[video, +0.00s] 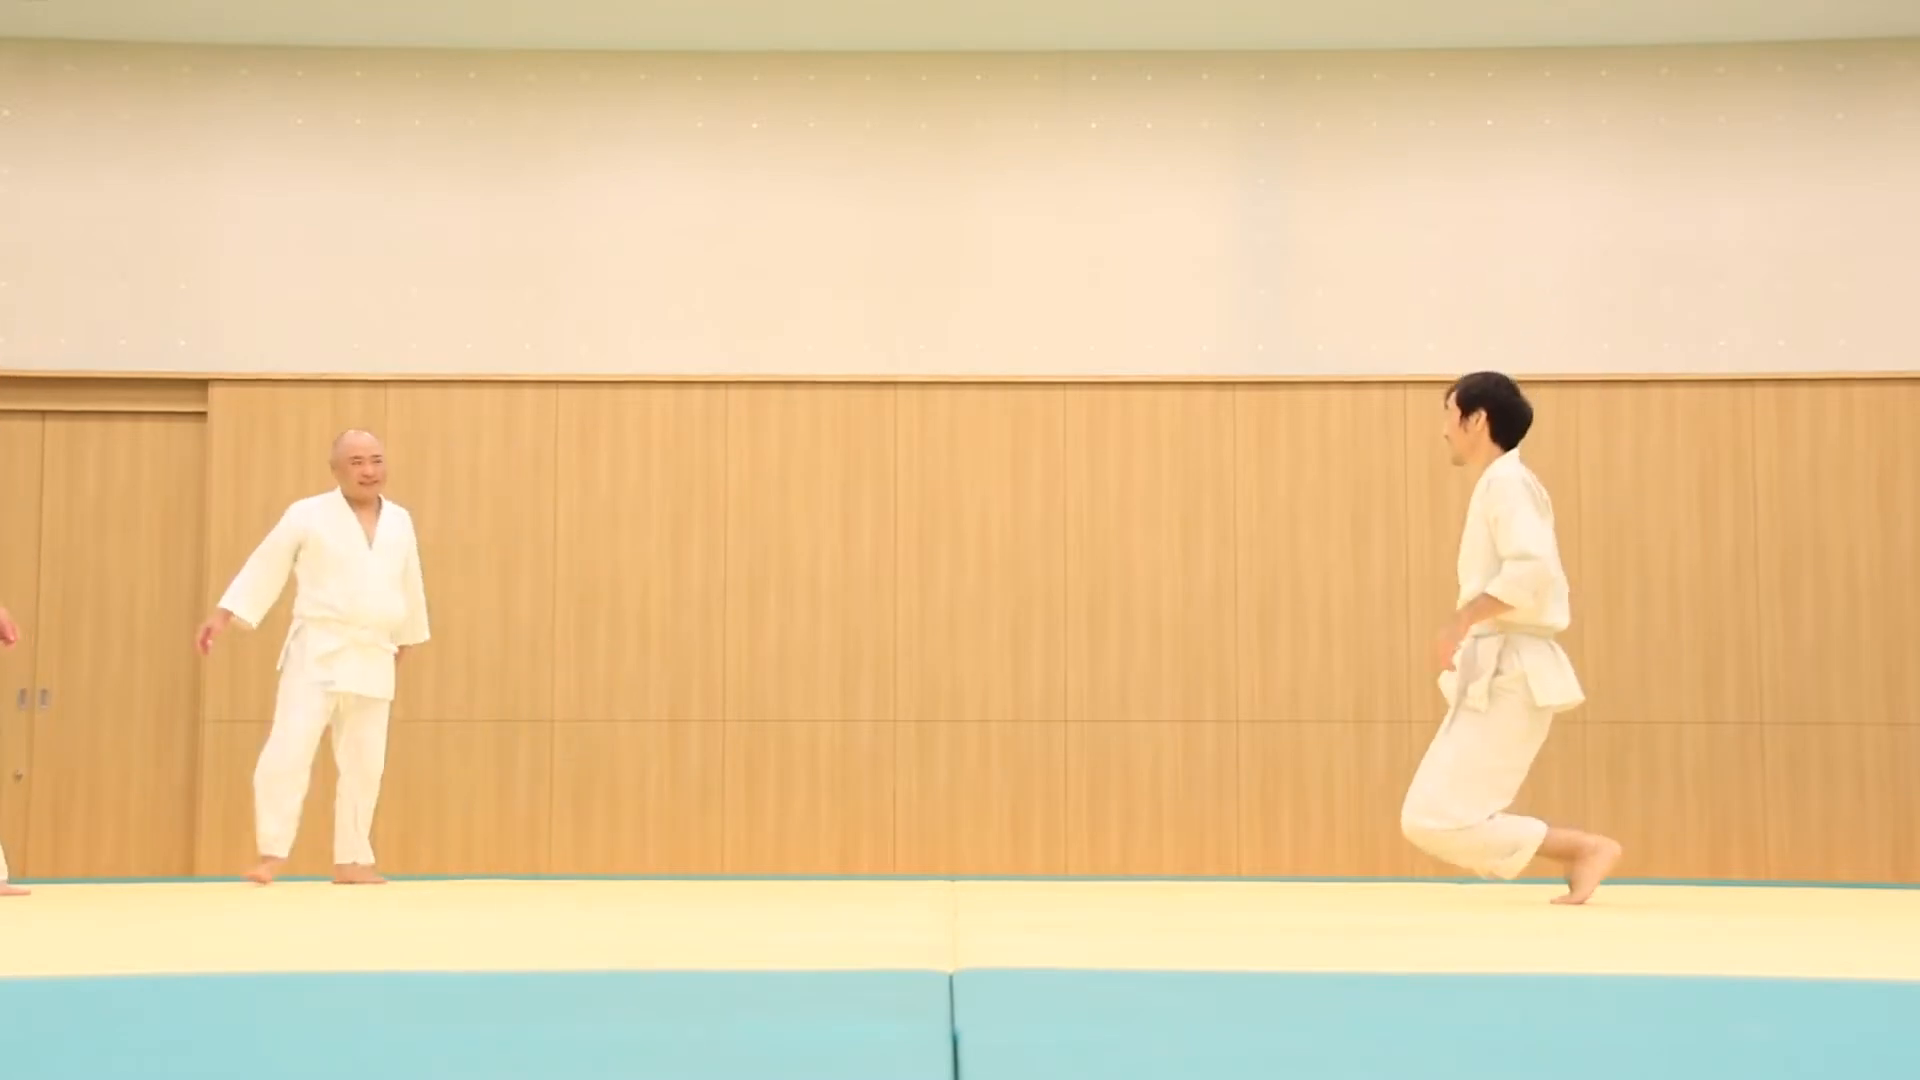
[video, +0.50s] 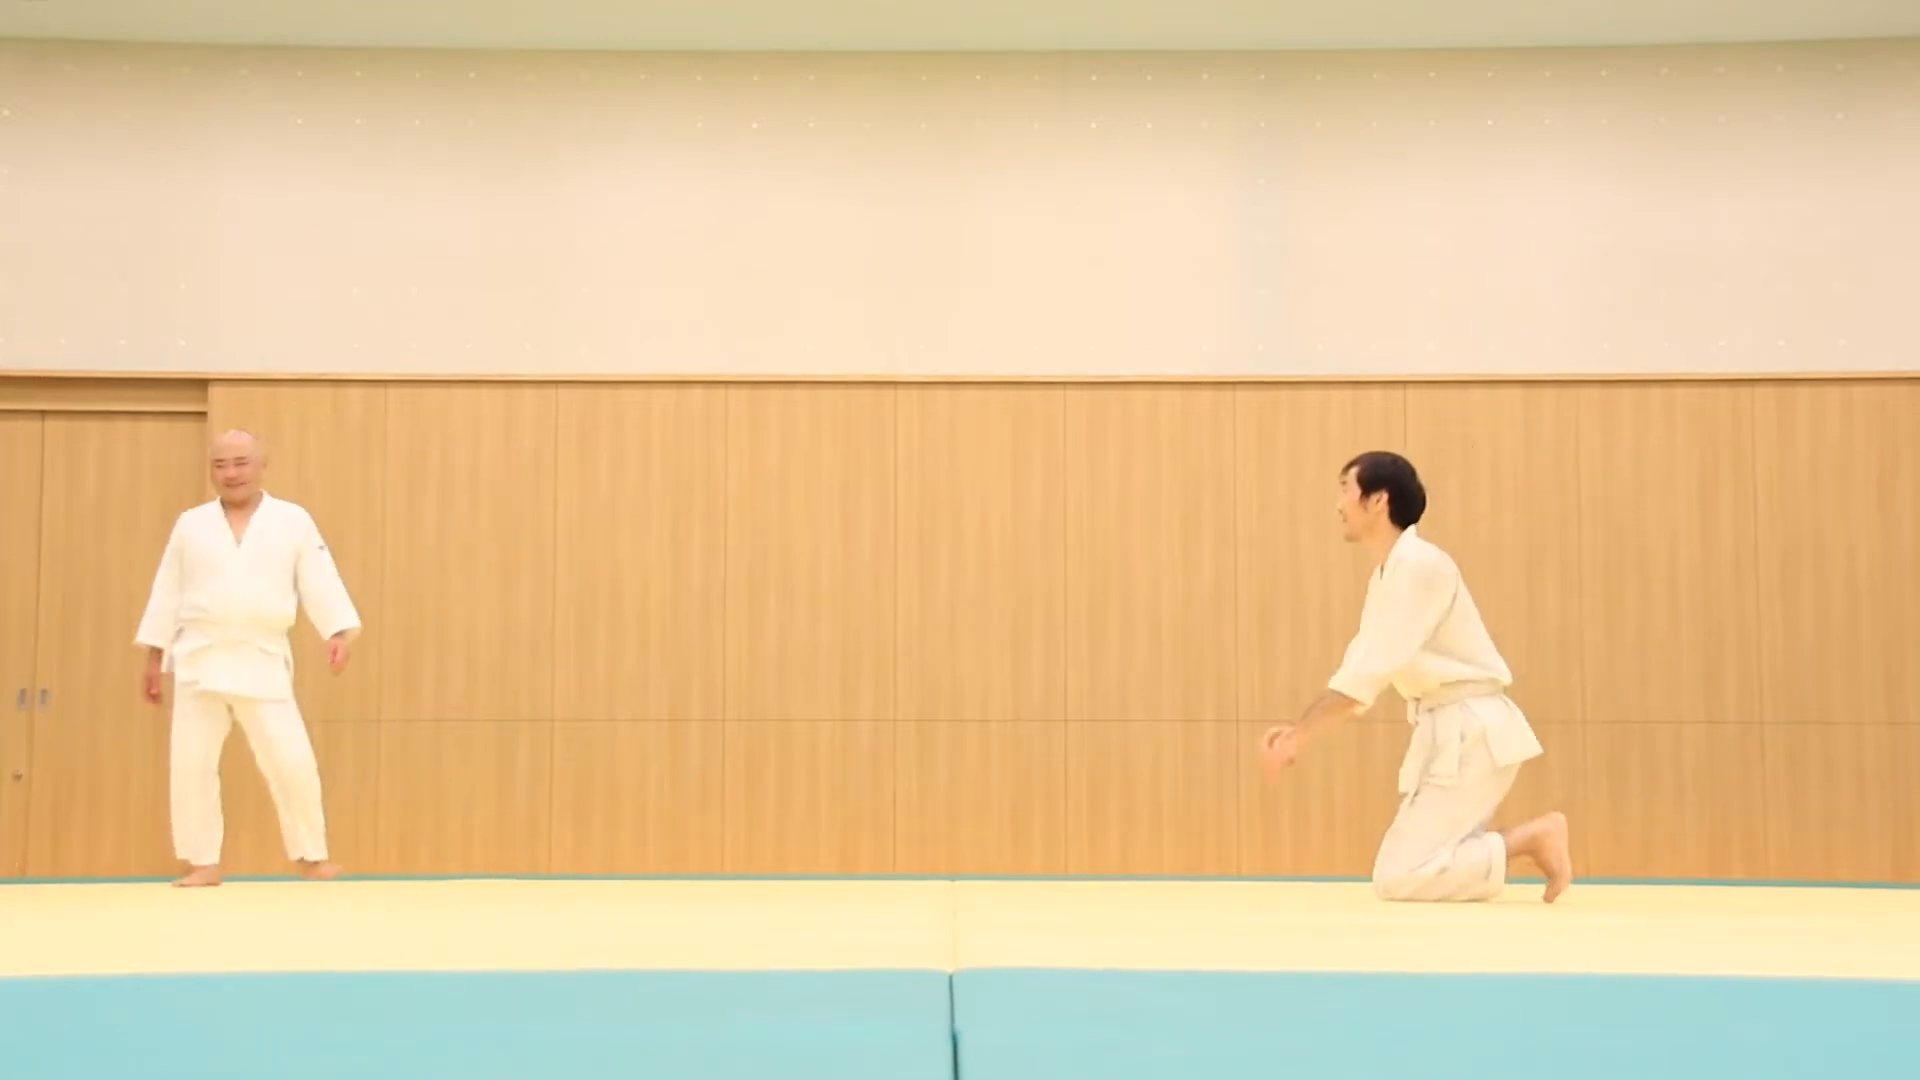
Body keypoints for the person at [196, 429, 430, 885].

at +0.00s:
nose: (368, 470)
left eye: (376, 461)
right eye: (356, 462)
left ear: (386, 466)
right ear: (336, 470)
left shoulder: (399, 521)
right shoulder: (309, 515)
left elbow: (410, 587)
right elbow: (263, 567)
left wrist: (402, 640)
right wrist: (223, 616)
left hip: (372, 655)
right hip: (314, 653)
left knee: (363, 761)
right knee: (288, 751)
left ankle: (352, 862)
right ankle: (272, 855)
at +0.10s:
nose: (348, 470)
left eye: (356, 461)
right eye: (336, 463)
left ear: (367, 466)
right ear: (317, 470)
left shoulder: (380, 520)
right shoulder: (290, 515)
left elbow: (393, 587)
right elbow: (252, 571)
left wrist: (387, 644)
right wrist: (219, 620)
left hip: (358, 655)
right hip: (299, 652)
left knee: (353, 762)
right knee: (261, 748)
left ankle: (350, 862)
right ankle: (227, 854)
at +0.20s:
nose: (321, 471)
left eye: (330, 461)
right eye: (309, 463)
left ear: (343, 467)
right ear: (293, 469)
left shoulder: (360, 522)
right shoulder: (267, 517)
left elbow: (376, 591)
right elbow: (237, 577)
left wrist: (376, 654)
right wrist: (214, 626)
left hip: (339, 656)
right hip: (277, 653)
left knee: (342, 761)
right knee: (241, 751)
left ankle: (350, 863)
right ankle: (210, 861)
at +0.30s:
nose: (291, 471)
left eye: (301, 461)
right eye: (281, 463)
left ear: (315, 467)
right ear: (266, 469)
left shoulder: (336, 523)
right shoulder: (238, 520)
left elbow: (358, 589)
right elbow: (215, 582)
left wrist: (371, 653)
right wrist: (204, 636)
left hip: (313, 659)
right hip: (250, 658)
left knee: (329, 763)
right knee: (224, 757)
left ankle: (345, 863)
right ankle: (208, 865)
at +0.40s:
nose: (259, 472)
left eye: (269, 463)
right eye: (248, 464)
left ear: (286, 468)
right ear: (237, 470)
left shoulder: (312, 522)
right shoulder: (212, 522)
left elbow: (337, 584)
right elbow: (189, 587)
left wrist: (356, 644)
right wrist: (179, 650)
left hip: (285, 659)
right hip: (221, 657)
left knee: (314, 760)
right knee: (204, 760)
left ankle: (338, 862)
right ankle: (205, 864)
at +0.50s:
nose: (231, 472)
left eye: (241, 463)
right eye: (221, 464)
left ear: (262, 468)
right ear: (211, 471)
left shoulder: (291, 521)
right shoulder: (191, 525)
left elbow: (319, 578)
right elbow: (167, 592)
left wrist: (338, 629)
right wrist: (154, 657)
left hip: (262, 662)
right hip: (199, 661)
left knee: (293, 761)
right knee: (192, 765)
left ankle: (313, 858)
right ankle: (204, 866)